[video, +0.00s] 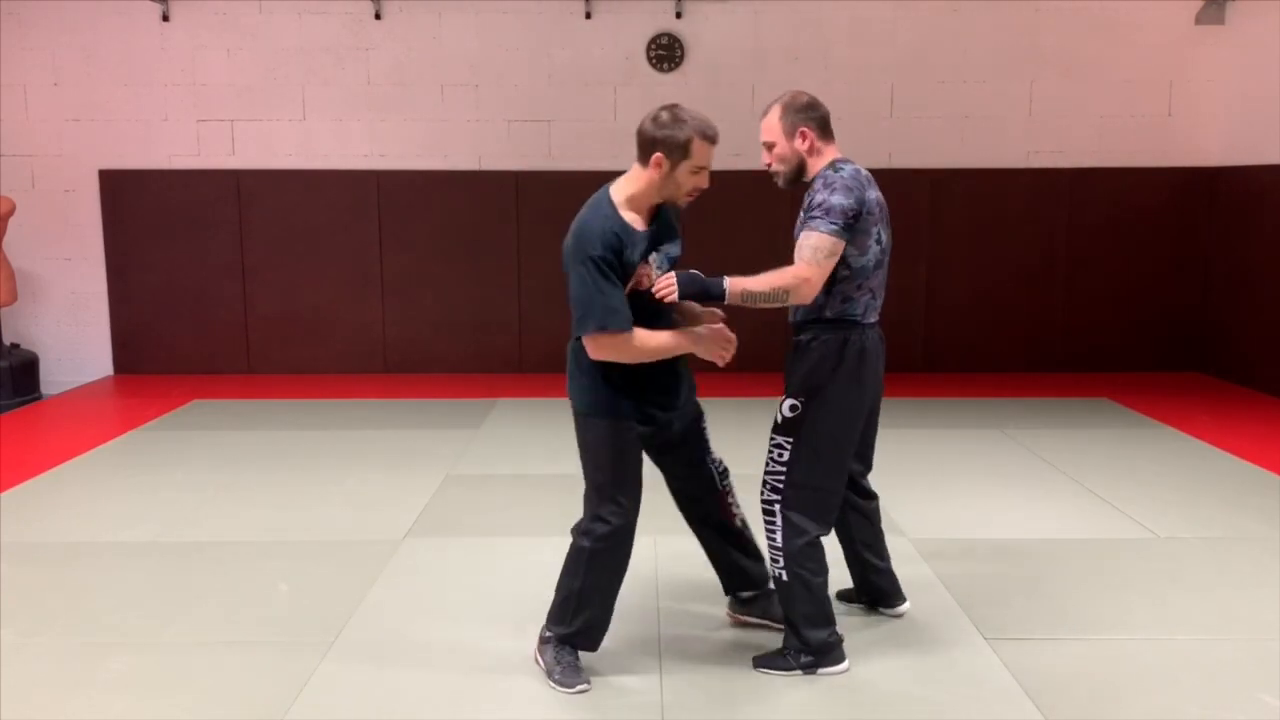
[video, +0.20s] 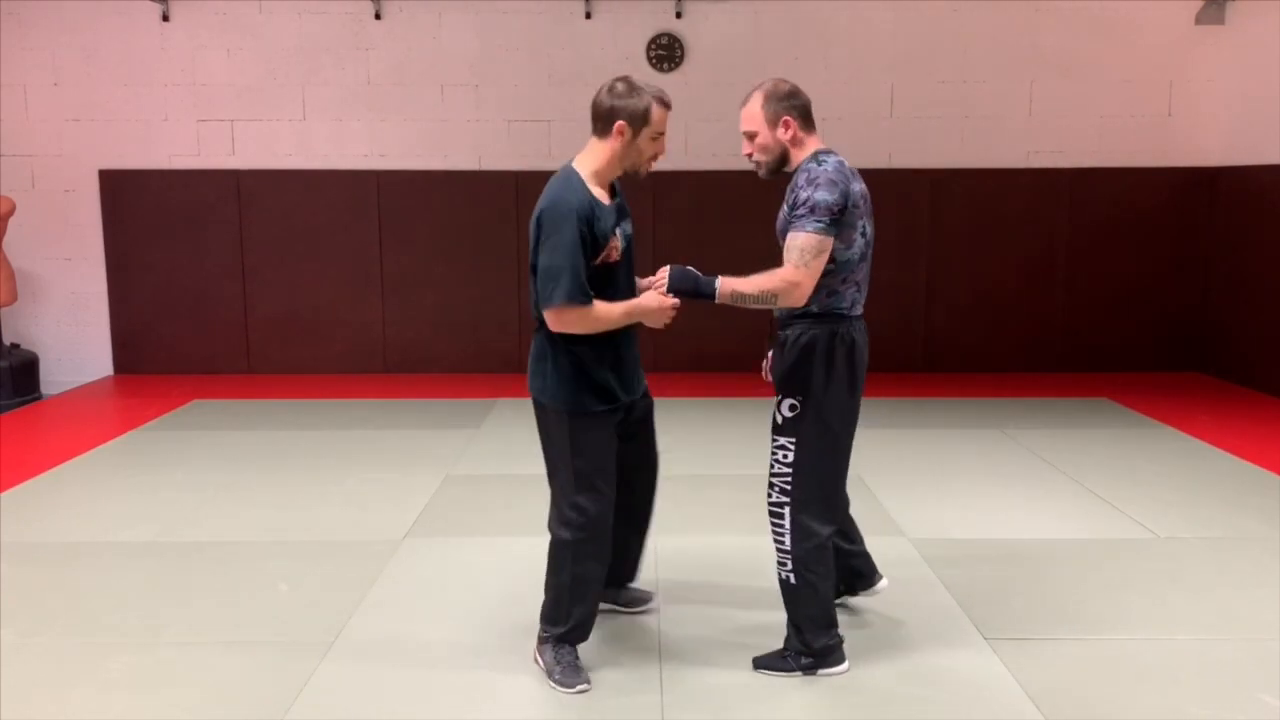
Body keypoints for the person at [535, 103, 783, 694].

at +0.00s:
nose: (705, 184)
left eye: (708, 172)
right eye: (699, 172)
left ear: (661, 164)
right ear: (658, 163)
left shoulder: (660, 211)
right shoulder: (593, 235)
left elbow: (663, 294)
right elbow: (604, 344)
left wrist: (702, 319)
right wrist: (690, 342)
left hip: (663, 378)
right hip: (605, 389)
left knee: (706, 489)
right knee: (611, 516)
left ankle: (750, 593)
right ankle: (560, 639)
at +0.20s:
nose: (661, 151)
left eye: (663, 139)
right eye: (657, 139)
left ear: (621, 133)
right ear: (622, 133)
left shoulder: (607, 191)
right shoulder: (565, 205)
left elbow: (607, 284)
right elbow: (561, 315)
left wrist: (644, 297)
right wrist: (637, 309)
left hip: (619, 377)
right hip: (573, 387)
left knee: (633, 483)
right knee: (584, 513)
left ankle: (608, 583)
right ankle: (557, 638)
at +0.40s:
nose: (645, 153)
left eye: (646, 141)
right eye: (638, 141)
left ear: (604, 140)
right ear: (604, 139)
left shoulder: (589, 201)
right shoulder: (541, 199)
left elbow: (576, 287)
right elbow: (524, 298)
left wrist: (613, 305)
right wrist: (605, 307)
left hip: (567, 378)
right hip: (531, 382)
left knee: (553, 486)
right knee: (560, 500)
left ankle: (513, 585)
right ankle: (552, 636)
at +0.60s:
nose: (618, 152)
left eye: (620, 141)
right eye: (613, 139)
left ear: (581, 135)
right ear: (581, 133)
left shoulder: (559, 195)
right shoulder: (516, 189)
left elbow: (545, 280)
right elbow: (493, 282)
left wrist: (580, 299)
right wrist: (573, 299)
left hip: (542, 375)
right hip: (501, 376)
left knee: (541, 489)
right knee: (506, 498)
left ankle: (522, 583)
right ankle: (478, 627)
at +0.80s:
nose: (583, 149)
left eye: (584, 138)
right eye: (578, 137)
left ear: (542, 134)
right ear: (549, 134)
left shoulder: (516, 194)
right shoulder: (494, 198)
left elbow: (512, 284)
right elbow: (496, 304)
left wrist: (556, 295)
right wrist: (559, 297)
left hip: (515, 381)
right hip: (476, 385)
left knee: (522, 490)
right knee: (464, 510)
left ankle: (516, 587)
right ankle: (439, 630)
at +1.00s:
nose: (558, 153)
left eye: (560, 140)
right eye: (555, 140)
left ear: (519, 132)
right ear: (524, 133)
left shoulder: (491, 187)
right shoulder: (472, 199)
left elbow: (484, 277)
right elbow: (487, 309)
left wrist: (527, 279)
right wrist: (546, 290)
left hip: (495, 376)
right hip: (456, 384)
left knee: (511, 480)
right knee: (452, 511)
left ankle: (500, 579)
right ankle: (437, 632)